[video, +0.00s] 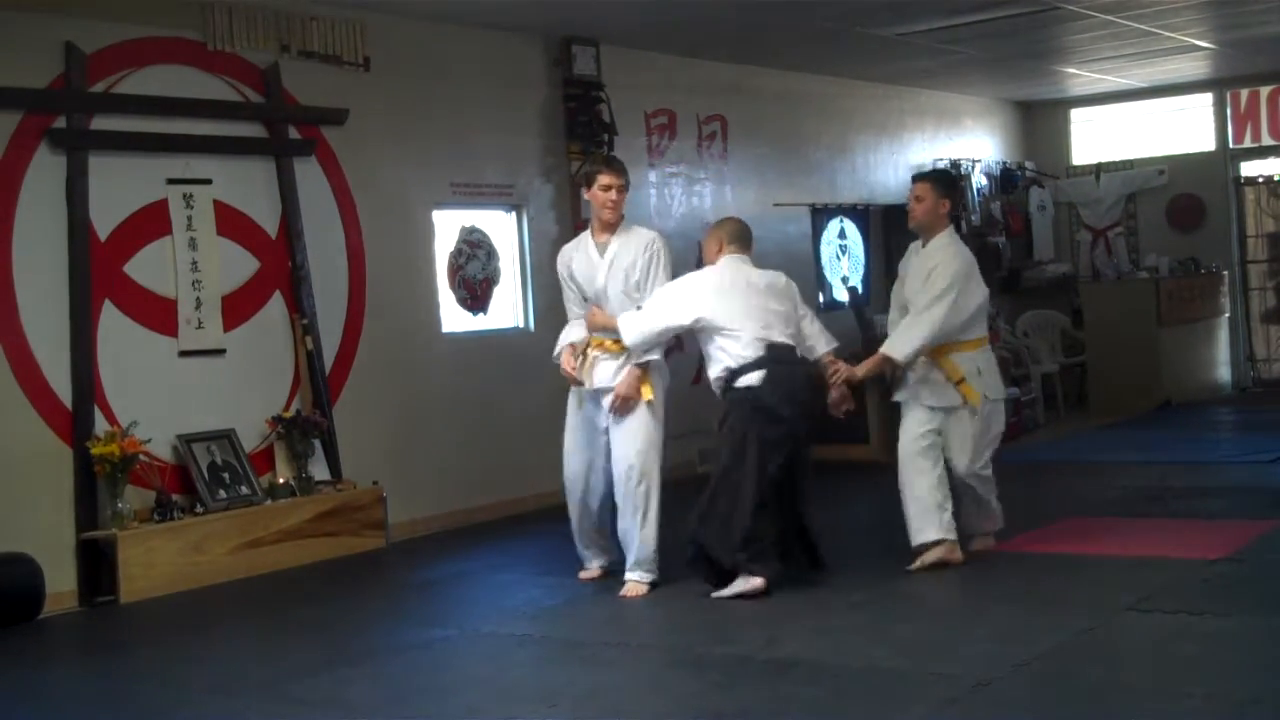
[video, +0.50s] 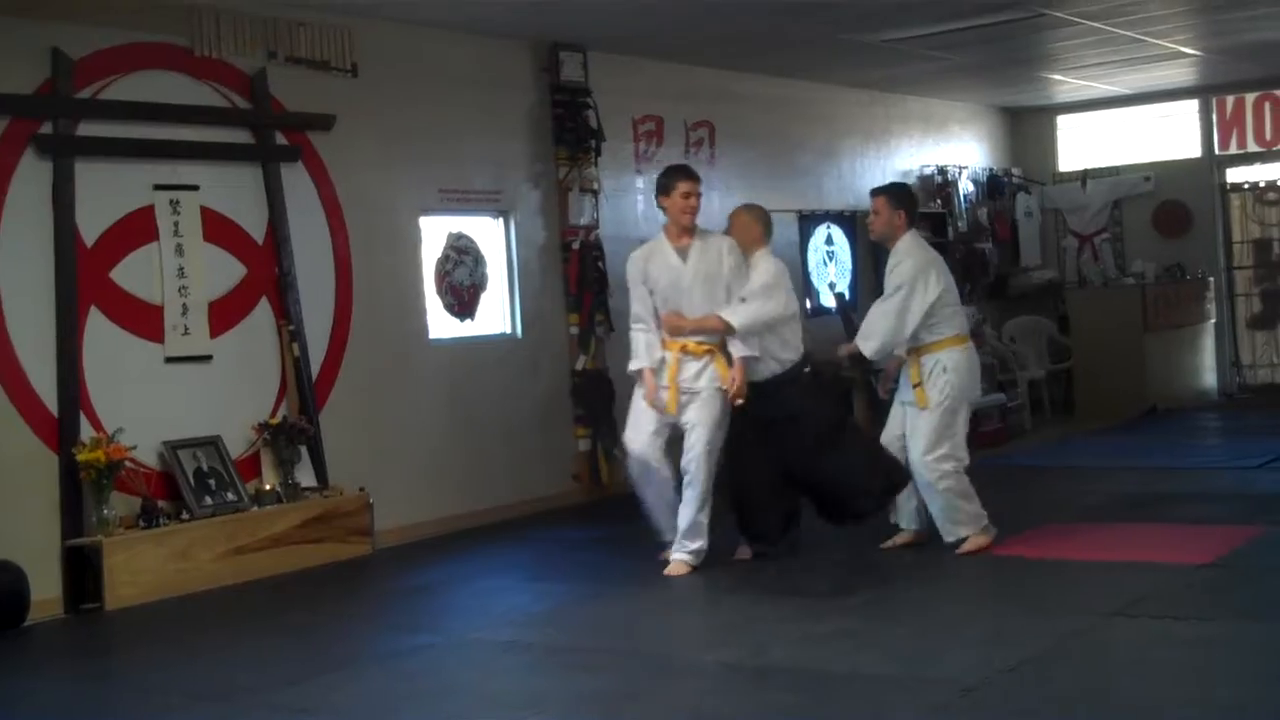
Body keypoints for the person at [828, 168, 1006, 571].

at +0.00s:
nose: (909, 207)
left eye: (918, 200)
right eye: (910, 200)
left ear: (944, 207)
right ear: (919, 206)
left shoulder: (956, 259)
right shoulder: (915, 254)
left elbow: (933, 320)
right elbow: (898, 312)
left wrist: (874, 362)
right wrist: (897, 352)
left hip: (967, 372)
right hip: (923, 370)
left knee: (966, 462)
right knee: (915, 452)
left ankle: (982, 530)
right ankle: (938, 541)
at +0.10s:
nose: (901, 217)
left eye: (910, 212)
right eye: (904, 210)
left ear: (935, 221)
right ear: (928, 220)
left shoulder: (944, 268)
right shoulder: (919, 261)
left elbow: (906, 327)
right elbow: (918, 321)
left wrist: (846, 368)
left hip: (973, 370)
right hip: (935, 370)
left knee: (966, 462)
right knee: (917, 444)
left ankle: (978, 535)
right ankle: (936, 533)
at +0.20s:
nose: (886, 228)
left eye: (894, 221)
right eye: (888, 220)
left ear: (919, 228)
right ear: (917, 229)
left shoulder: (934, 265)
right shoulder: (926, 261)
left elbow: (896, 323)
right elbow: (910, 325)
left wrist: (836, 356)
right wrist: (871, 355)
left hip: (972, 367)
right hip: (938, 367)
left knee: (961, 458)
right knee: (909, 436)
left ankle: (977, 541)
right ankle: (928, 527)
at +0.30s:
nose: (876, 226)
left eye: (882, 218)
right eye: (876, 218)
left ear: (908, 221)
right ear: (906, 222)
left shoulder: (927, 258)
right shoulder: (913, 258)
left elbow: (899, 314)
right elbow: (912, 314)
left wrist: (845, 343)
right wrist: (904, 352)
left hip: (964, 364)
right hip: (933, 364)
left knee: (949, 456)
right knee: (904, 442)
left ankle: (974, 536)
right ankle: (913, 523)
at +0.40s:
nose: (872, 222)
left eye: (878, 215)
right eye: (872, 215)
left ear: (903, 219)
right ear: (900, 220)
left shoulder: (920, 259)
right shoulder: (909, 257)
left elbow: (896, 314)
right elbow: (926, 316)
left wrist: (853, 343)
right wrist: (907, 352)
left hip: (952, 365)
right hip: (926, 365)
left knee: (932, 456)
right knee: (897, 443)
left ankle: (975, 531)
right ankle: (917, 522)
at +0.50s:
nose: (869, 221)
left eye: (876, 214)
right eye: (870, 214)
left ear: (900, 217)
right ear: (898, 219)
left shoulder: (913, 257)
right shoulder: (904, 256)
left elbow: (892, 315)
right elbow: (912, 322)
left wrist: (858, 346)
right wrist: (894, 363)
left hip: (946, 362)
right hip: (922, 364)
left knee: (930, 452)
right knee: (894, 444)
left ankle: (976, 529)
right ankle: (911, 524)